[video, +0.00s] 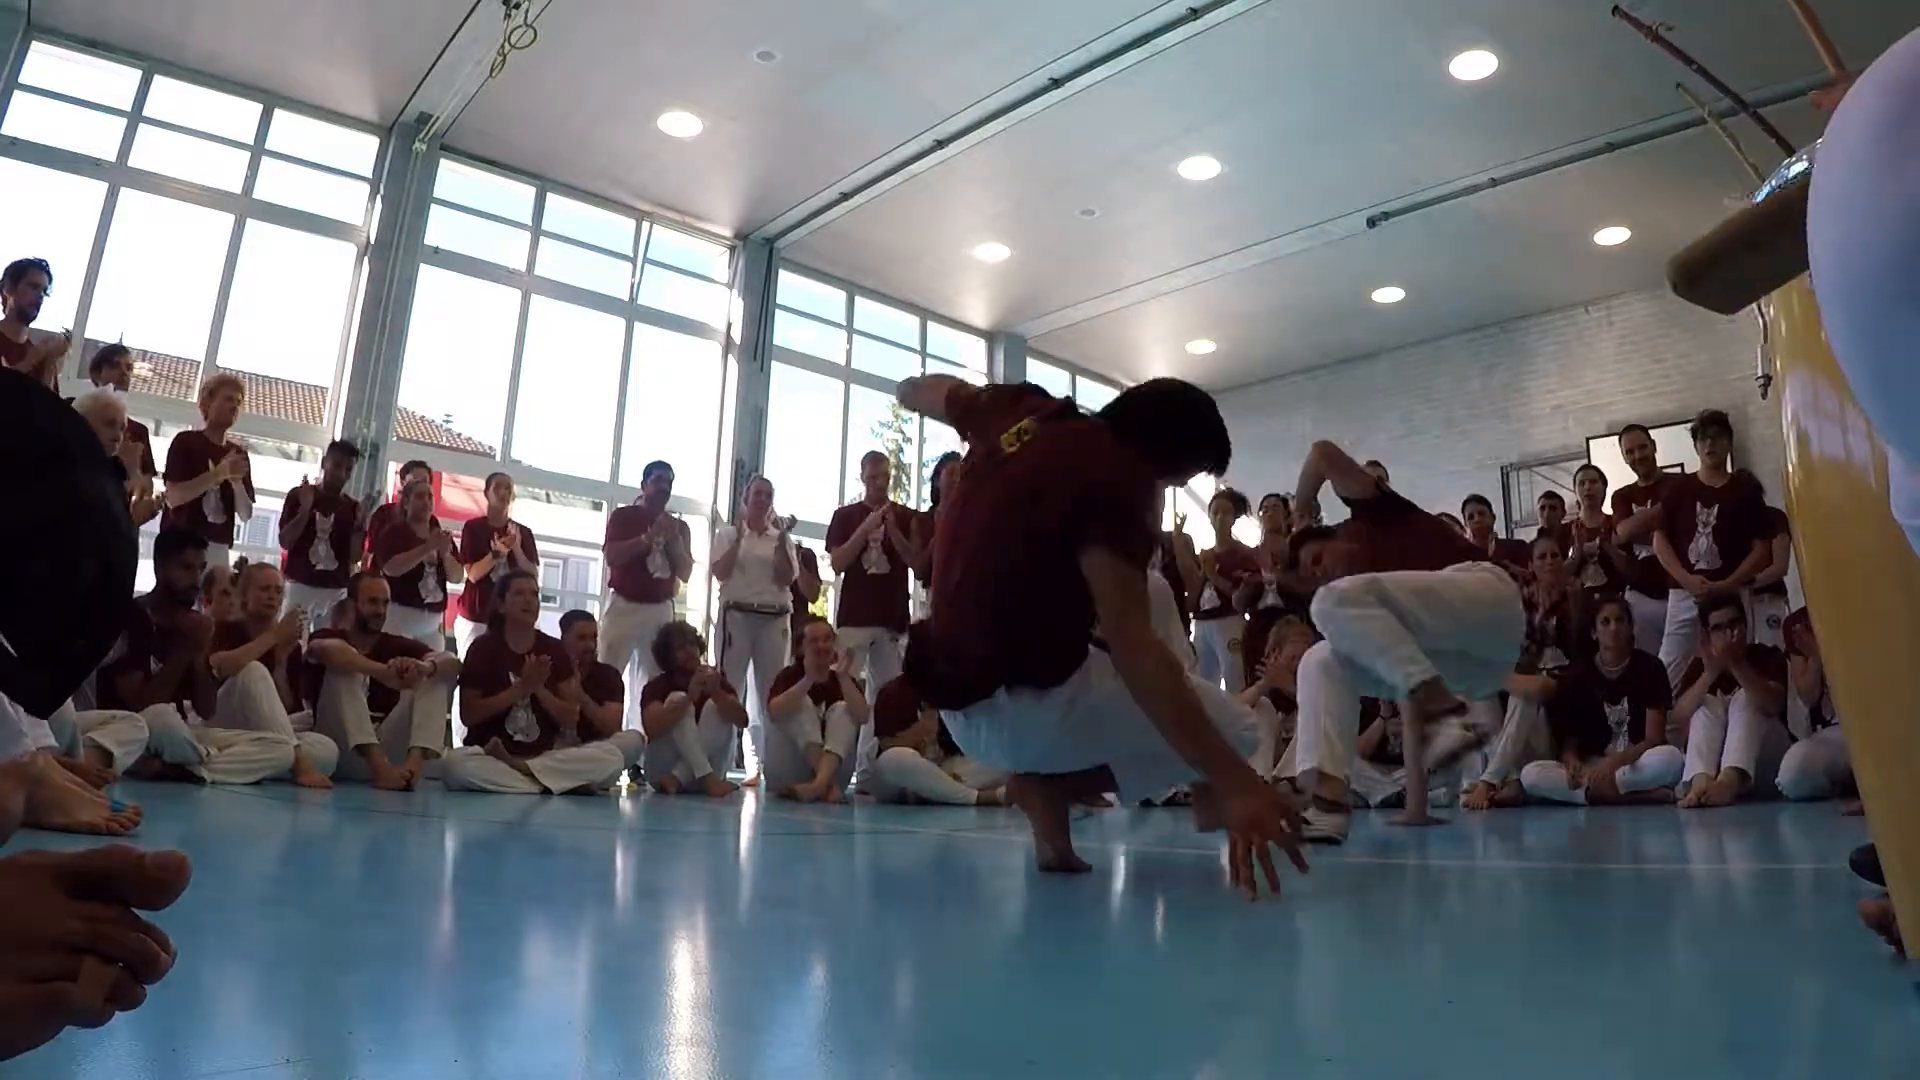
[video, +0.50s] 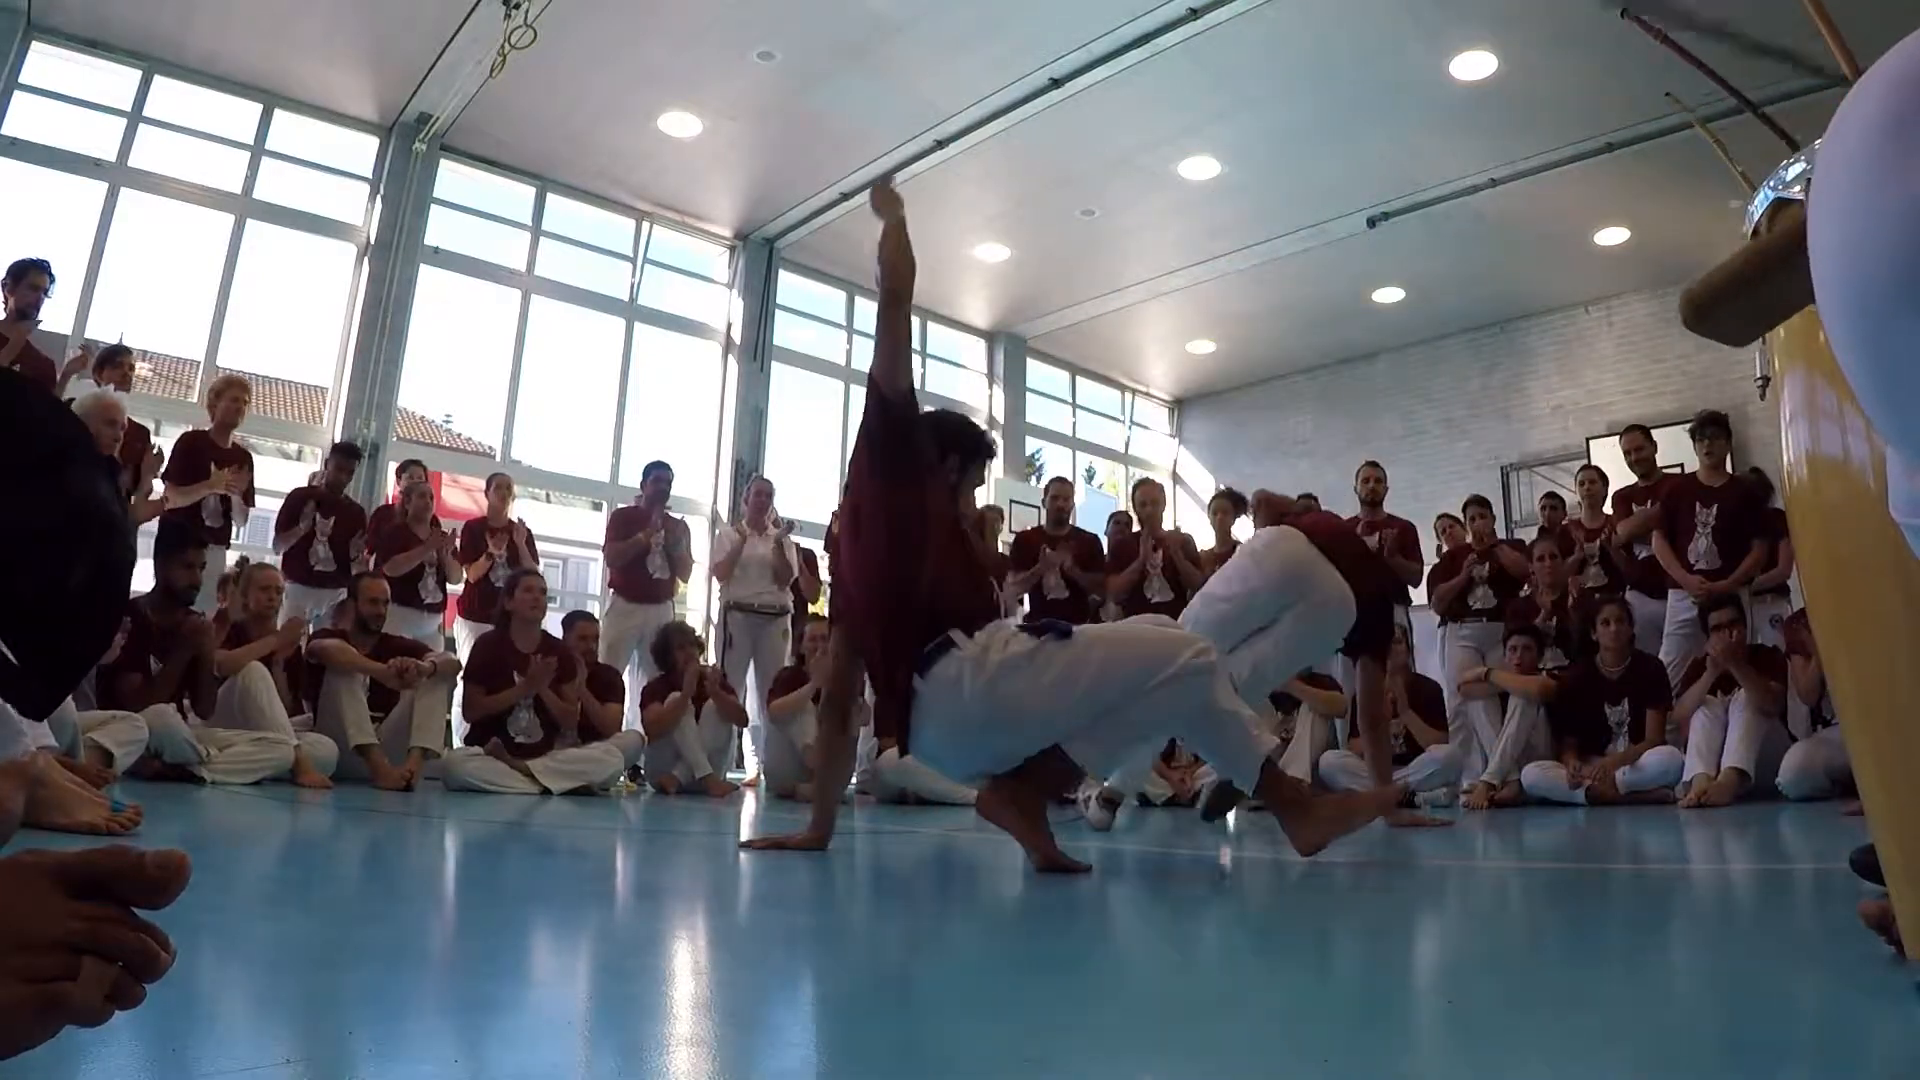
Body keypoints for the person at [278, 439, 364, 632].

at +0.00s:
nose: (342, 474)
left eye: (347, 470)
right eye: (337, 466)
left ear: (351, 473)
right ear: (324, 464)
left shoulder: (353, 508)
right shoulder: (298, 496)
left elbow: (355, 556)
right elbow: (285, 540)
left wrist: (359, 526)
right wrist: (306, 508)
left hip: (335, 590)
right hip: (300, 585)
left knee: (329, 654)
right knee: (290, 650)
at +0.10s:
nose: (342, 477)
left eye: (348, 472)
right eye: (337, 468)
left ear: (352, 475)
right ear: (325, 465)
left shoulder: (354, 510)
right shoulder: (299, 496)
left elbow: (351, 555)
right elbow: (292, 541)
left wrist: (352, 521)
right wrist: (313, 510)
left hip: (335, 590)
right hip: (300, 585)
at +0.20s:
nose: (343, 477)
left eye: (349, 473)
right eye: (339, 469)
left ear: (354, 475)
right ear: (326, 465)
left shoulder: (355, 510)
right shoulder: (301, 495)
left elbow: (350, 555)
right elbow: (289, 541)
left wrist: (340, 522)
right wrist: (323, 528)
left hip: (335, 591)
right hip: (300, 586)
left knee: (327, 655)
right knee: (290, 652)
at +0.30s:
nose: (344, 477)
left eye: (350, 473)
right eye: (340, 469)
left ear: (355, 475)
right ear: (327, 464)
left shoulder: (356, 512)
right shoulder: (299, 497)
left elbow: (359, 564)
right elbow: (276, 543)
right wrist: (309, 540)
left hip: (335, 593)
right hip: (299, 589)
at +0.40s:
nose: (344, 477)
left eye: (350, 472)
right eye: (339, 469)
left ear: (354, 475)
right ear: (327, 465)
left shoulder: (356, 512)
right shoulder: (298, 497)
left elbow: (359, 558)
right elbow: (272, 542)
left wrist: (351, 554)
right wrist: (305, 538)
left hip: (335, 593)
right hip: (299, 589)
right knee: (289, 654)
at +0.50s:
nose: (344, 477)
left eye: (350, 472)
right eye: (339, 469)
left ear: (354, 474)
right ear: (326, 465)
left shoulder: (356, 512)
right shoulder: (299, 497)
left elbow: (357, 558)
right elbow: (278, 545)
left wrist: (357, 552)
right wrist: (303, 528)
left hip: (334, 593)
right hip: (298, 588)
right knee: (288, 655)